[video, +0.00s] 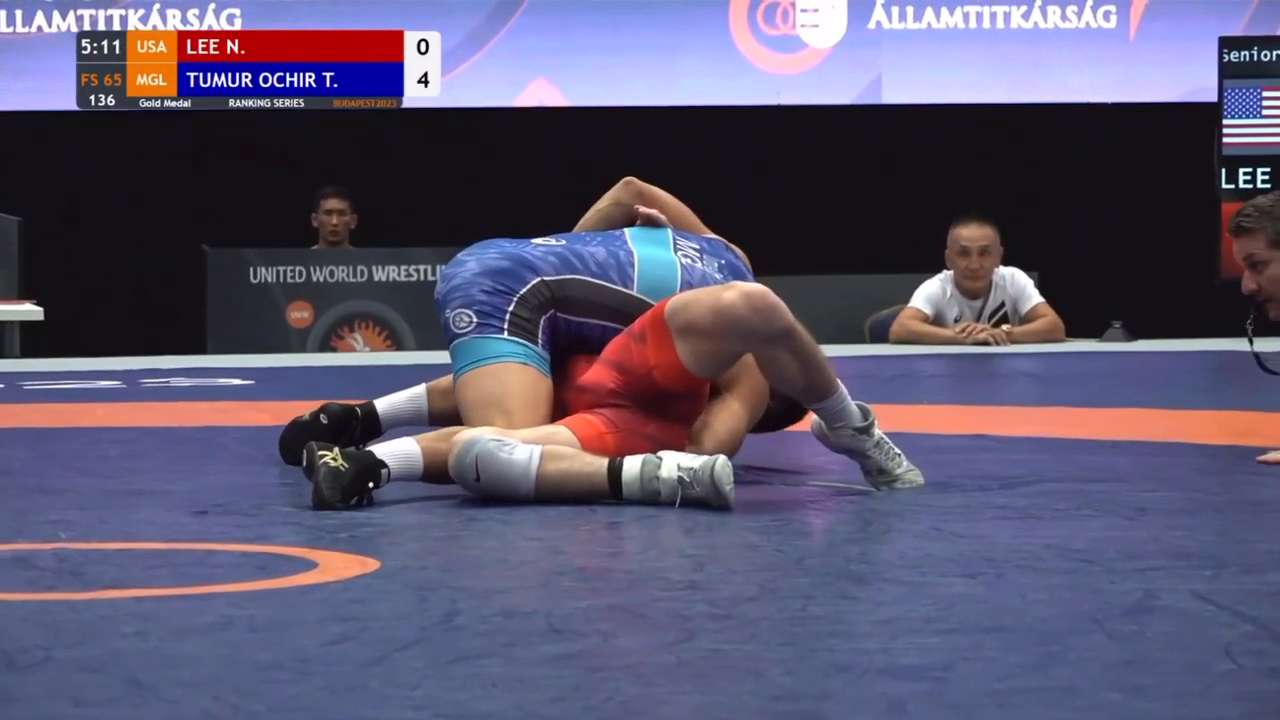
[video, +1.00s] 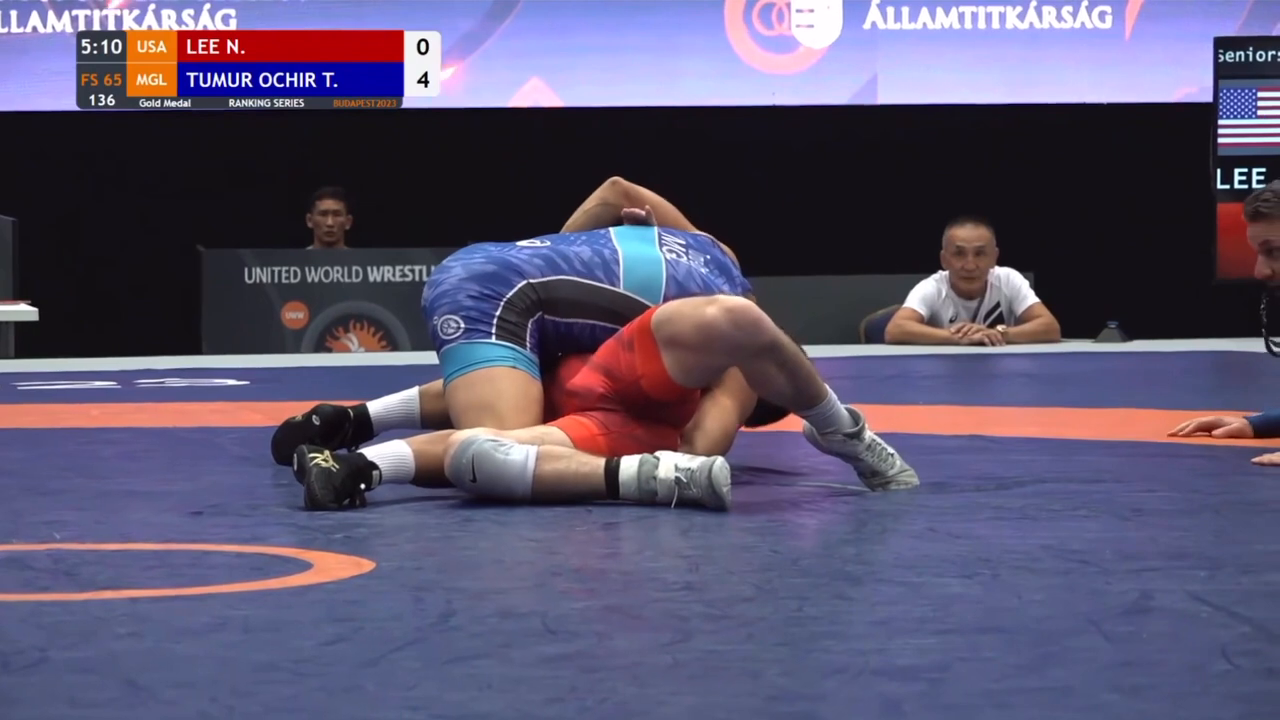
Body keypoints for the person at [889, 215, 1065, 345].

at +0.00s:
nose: (974, 264)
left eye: (984, 254)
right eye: (964, 254)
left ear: (999, 255)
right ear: (947, 256)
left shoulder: (1013, 280)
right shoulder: (936, 288)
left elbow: (1055, 329)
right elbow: (901, 330)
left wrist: (1001, 334)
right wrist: (964, 336)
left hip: (1006, 378)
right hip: (949, 379)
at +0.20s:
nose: (975, 264)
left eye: (986, 254)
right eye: (965, 254)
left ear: (1000, 255)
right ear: (949, 256)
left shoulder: (1015, 280)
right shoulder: (937, 288)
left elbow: (1056, 329)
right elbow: (902, 330)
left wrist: (1002, 334)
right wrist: (965, 336)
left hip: (1007, 378)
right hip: (949, 379)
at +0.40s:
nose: (976, 264)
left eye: (986, 254)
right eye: (965, 254)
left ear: (1001, 255)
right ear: (949, 256)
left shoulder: (1015, 280)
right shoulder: (937, 288)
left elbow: (1057, 329)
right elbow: (902, 330)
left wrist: (1003, 334)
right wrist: (966, 336)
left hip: (1008, 378)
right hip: (950, 379)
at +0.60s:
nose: (976, 264)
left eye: (986, 254)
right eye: (966, 254)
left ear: (1002, 255)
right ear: (949, 256)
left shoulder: (1015, 280)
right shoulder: (937, 288)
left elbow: (1057, 329)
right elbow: (903, 331)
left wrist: (1003, 334)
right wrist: (966, 337)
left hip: (1008, 378)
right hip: (951, 379)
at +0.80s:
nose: (970, 265)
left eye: (980, 254)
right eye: (960, 254)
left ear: (995, 255)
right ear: (944, 257)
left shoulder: (1009, 280)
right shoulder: (932, 288)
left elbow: (1051, 329)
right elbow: (897, 331)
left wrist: (997, 334)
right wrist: (960, 337)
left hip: (1002, 379)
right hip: (944, 380)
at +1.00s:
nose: (969, 265)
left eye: (980, 254)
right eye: (959, 254)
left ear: (995, 255)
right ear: (943, 258)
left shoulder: (1009, 280)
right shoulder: (931, 288)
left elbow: (1051, 329)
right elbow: (896, 331)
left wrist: (997, 334)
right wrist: (959, 337)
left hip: (1001, 379)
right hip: (943, 380)